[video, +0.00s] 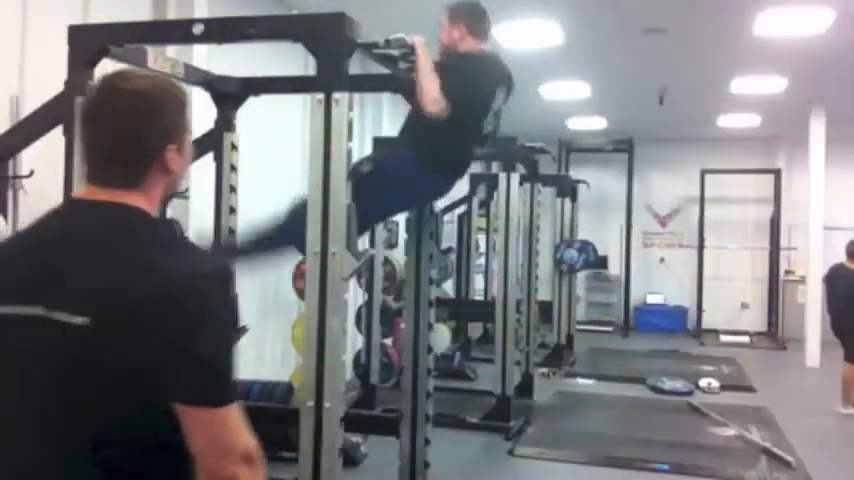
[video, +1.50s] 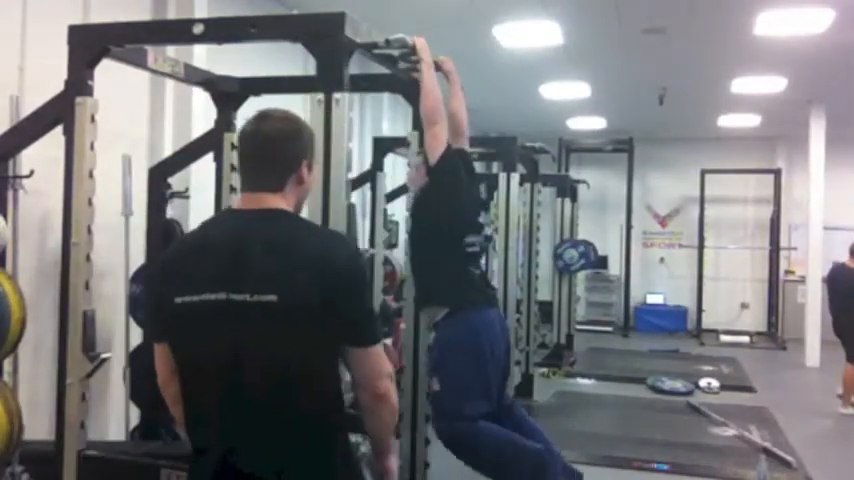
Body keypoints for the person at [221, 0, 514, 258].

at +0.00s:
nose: (441, 34)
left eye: (445, 28)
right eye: (443, 28)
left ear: (461, 31)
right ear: (475, 32)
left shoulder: (473, 67)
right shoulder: (486, 67)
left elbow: (433, 107)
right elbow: (437, 105)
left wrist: (422, 54)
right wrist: (427, 68)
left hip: (419, 166)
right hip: (432, 168)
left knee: (330, 206)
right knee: (347, 212)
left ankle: (251, 248)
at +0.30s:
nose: (440, 48)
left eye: (445, 42)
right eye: (441, 42)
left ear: (462, 45)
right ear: (472, 49)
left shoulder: (469, 74)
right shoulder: (481, 80)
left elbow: (433, 95)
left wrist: (424, 46)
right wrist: (429, 64)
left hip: (429, 173)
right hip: (448, 186)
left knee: (335, 176)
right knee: (362, 206)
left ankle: (260, 202)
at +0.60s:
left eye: (432, 115)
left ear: (435, 120)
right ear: (468, 131)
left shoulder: (437, 147)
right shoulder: (471, 170)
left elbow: (409, 106)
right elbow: (459, 123)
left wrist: (421, 54)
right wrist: (453, 79)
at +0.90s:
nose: (410, 146)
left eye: (416, 141)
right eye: (418, 140)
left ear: (420, 149)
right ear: (443, 151)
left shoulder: (420, 174)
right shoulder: (445, 179)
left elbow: (416, 117)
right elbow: (451, 129)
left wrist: (422, 59)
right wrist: (452, 78)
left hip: (406, 301)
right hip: (438, 301)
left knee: (383, 403)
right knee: (429, 400)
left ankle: (410, 470)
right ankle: (464, 469)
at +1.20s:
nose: (400, 167)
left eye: (404, 160)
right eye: (401, 160)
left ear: (419, 161)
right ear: (437, 158)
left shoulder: (428, 185)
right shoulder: (455, 182)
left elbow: (424, 123)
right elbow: (453, 129)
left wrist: (423, 64)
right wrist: (451, 77)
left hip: (439, 316)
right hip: (466, 313)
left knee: (436, 419)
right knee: (470, 399)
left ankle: (521, 450)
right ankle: (528, 455)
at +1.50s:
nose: (410, 172)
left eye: (415, 166)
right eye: (412, 167)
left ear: (429, 168)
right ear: (439, 165)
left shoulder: (440, 186)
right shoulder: (463, 182)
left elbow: (432, 119)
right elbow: (457, 128)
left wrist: (424, 62)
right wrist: (451, 76)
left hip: (461, 322)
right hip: (487, 317)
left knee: (456, 426)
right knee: (498, 407)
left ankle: (548, 471)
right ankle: (560, 471)